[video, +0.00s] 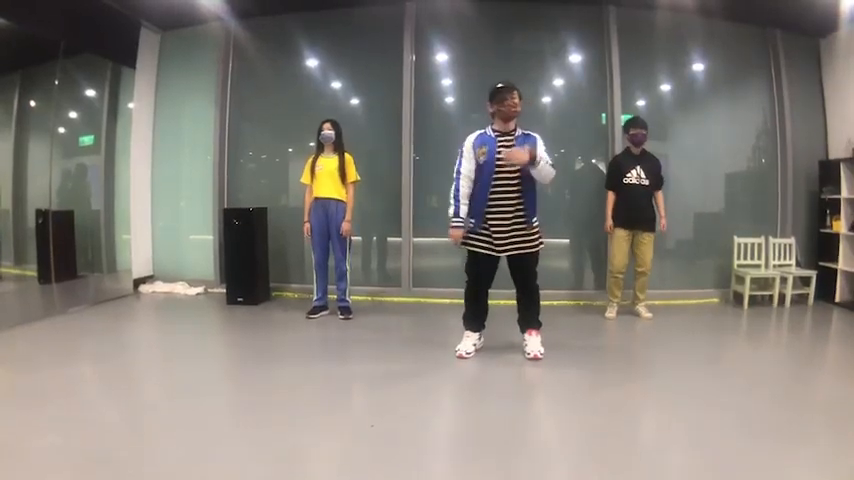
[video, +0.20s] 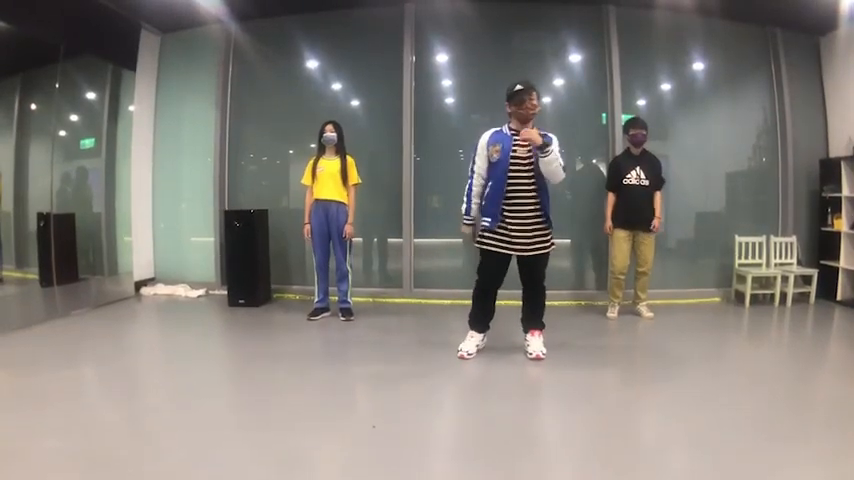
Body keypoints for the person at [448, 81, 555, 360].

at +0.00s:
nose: (512, 103)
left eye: (515, 98)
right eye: (505, 99)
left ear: (521, 104)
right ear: (492, 106)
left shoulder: (532, 141)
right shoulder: (475, 141)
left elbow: (548, 177)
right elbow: (463, 181)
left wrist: (531, 158)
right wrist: (458, 221)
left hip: (522, 226)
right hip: (484, 226)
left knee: (527, 281)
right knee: (477, 282)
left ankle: (531, 333)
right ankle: (472, 333)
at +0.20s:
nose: (531, 105)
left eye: (534, 100)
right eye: (524, 101)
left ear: (538, 105)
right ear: (510, 106)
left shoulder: (547, 141)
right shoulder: (491, 139)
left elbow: (556, 177)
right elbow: (477, 179)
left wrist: (541, 145)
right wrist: (470, 218)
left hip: (535, 228)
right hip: (497, 227)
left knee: (534, 283)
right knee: (487, 281)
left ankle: (534, 333)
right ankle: (476, 332)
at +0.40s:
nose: (530, 109)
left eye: (534, 103)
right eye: (523, 104)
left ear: (543, 105)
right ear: (513, 108)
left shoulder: (554, 141)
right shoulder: (498, 140)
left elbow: (557, 172)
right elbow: (484, 169)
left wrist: (544, 194)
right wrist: (481, 189)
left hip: (536, 223)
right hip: (499, 219)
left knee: (536, 280)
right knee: (484, 270)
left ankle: (535, 332)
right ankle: (482, 318)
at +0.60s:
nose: (520, 108)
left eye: (526, 102)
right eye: (514, 103)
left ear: (536, 106)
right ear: (506, 107)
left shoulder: (547, 140)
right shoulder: (497, 140)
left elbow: (556, 183)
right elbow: (483, 182)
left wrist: (556, 225)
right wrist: (485, 167)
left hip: (531, 225)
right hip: (497, 221)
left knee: (535, 281)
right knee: (481, 268)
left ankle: (535, 333)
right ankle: (482, 322)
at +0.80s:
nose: (510, 108)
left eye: (515, 103)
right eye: (504, 104)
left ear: (524, 107)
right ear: (495, 109)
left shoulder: (537, 140)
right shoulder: (482, 143)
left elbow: (563, 173)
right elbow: (471, 186)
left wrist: (559, 213)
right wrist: (464, 171)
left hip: (525, 229)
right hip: (489, 229)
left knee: (531, 284)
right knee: (485, 283)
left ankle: (536, 335)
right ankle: (479, 335)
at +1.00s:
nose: (505, 109)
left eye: (509, 104)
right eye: (498, 106)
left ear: (516, 109)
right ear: (487, 111)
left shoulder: (530, 145)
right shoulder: (472, 146)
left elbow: (551, 177)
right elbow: (457, 172)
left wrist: (575, 197)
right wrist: (432, 180)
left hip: (523, 228)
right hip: (485, 229)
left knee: (536, 282)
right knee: (481, 286)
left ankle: (539, 337)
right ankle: (480, 339)